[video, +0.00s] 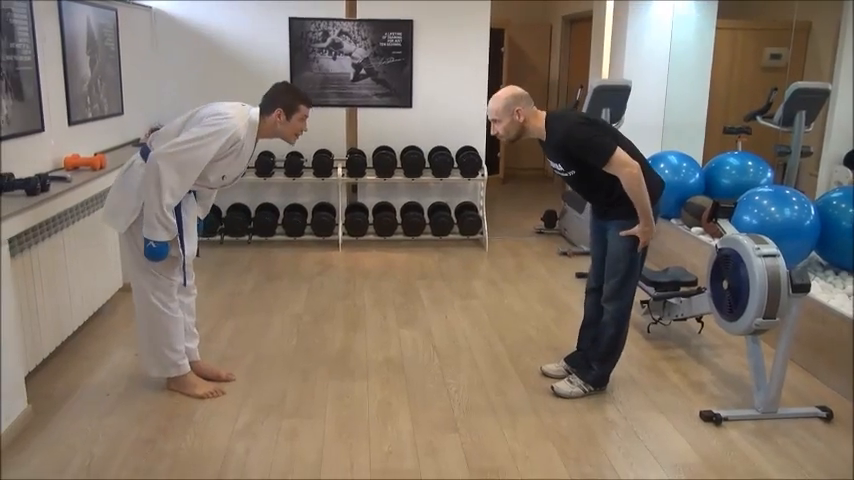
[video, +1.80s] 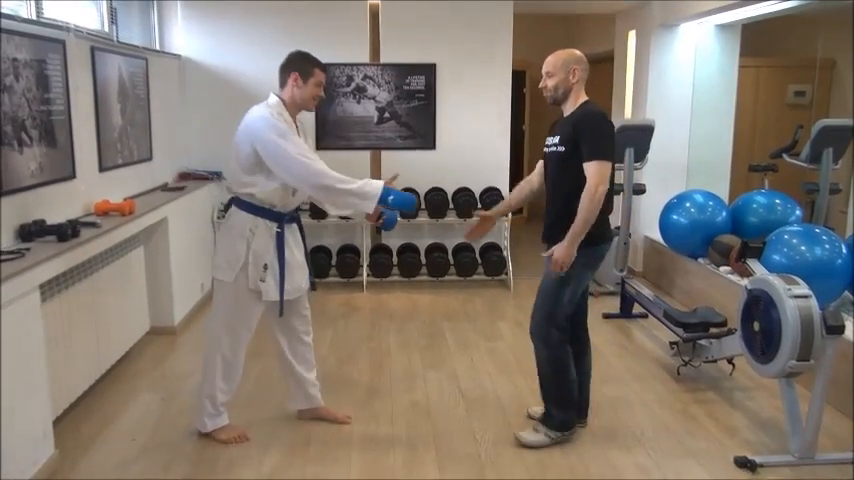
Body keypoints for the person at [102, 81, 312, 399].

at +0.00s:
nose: (305, 128)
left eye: (306, 121)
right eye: (302, 120)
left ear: (278, 116)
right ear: (279, 116)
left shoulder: (249, 135)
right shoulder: (229, 124)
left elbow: (208, 183)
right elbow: (163, 162)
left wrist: (193, 221)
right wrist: (158, 231)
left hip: (176, 200)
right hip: (148, 200)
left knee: (184, 281)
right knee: (163, 285)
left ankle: (190, 360)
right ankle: (176, 373)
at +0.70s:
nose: (302, 74)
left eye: (302, 67)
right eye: (298, 66)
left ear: (273, 68)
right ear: (272, 66)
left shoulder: (254, 101)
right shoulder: (229, 94)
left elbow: (232, 159)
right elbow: (183, 151)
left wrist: (224, 203)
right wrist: (185, 219)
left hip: (201, 195)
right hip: (174, 197)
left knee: (204, 278)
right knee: (183, 283)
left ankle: (207, 356)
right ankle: (190, 368)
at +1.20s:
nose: (263, 69)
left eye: (262, 61)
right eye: (256, 62)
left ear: (236, 69)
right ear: (231, 68)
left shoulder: (241, 114)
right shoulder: (207, 113)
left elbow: (251, 184)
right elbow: (203, 186)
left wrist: (266, 233)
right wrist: (228, 252)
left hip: (247, 226)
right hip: (216, 228)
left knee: (251, 312)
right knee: (212, 321)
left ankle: (221, 396)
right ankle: (198, 414)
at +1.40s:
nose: (268, 83)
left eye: (268, 76)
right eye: (263, 75)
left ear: (245, 77)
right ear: (237, 76)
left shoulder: (251, 123)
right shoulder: (210, 121)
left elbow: (267, 189)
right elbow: (222, 195)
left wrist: (287, 237)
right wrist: (268, 244)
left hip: (255, 235)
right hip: (220, 239)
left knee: (279, 315)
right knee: (216, 335)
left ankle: (274, 403)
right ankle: (204, 425)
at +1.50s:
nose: (277, 88)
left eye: (277, 82)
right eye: (271, 81)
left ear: (252, 82)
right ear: (246, 79)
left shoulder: (257, 126)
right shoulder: (215, 124)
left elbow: (276, 186)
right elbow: (242, 192)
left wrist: (303, 225)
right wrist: (298, 225)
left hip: (263, 236)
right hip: (225, 238)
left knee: (283, 321)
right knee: (218, 333)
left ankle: (303, 405)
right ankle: (205, 425)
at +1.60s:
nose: (288, 93)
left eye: (290, 86)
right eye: (284, 85)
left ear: (265, 84)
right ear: (259, 81)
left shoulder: (271, 129)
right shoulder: (228, 125)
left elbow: (294, 188)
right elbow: (264, 186)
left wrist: (334, 224)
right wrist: (329, 206)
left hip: (269, 238)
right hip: (232, 238)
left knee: (288, 323)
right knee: (220, 335)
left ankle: (312, 403)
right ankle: (206, 424)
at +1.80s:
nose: (322, 95)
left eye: (323, 88)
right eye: (318, 86)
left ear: (297, 83)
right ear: (294, 81)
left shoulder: (290, 124)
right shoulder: (263, 121)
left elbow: (315, 182)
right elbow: (311, 175)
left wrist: (366, 210)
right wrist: (378, 192)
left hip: (283, 231)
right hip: (248, 230)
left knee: (295, 317)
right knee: (232, 326)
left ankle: (309, 402)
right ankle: (211, 418)